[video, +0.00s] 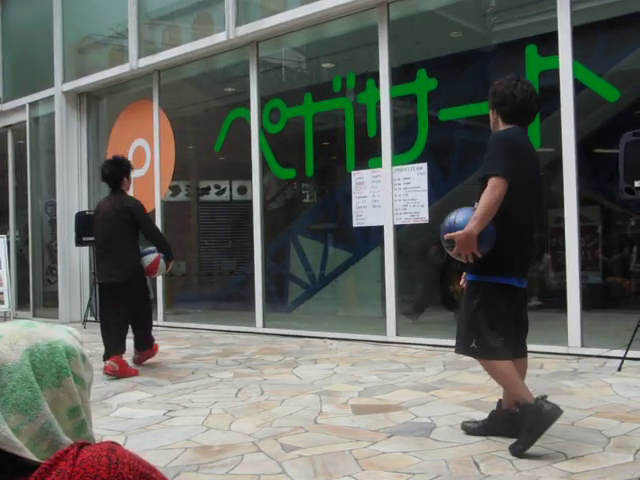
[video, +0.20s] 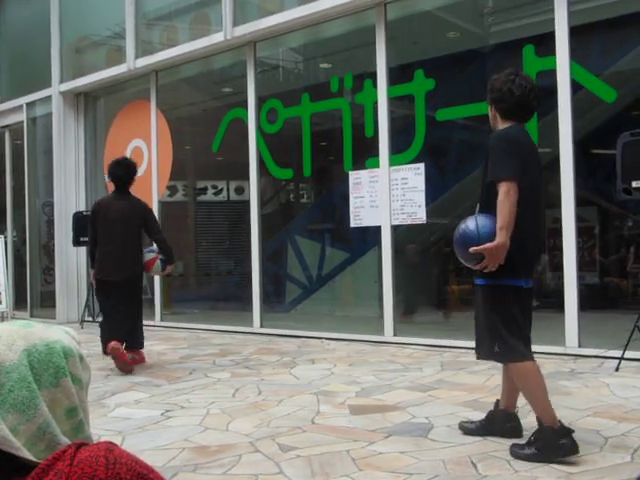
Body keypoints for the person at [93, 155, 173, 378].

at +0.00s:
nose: (131, 180)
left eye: (129, 176)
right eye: (129, 176)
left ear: (108, 181)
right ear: (124, 180)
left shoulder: (101, 207)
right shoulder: (131, 205)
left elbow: (105, 240)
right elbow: (151, 232)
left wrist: (135, 255)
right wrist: (168, 253)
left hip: (106, 271)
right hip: (129, 270)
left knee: (111, 313)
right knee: (141, 306)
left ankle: (113, 358)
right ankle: (144, 348)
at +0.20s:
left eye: (109, 177)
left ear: (110, 180)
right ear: (132, 180)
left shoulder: (100, 206)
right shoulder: (140, 207)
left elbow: (92, 240)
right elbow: (157, 236)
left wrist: (93, 267)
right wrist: (169, 259)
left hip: (105, 269)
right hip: (132, 270)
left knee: (109, 309)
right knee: (132, 309)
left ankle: (113, 343)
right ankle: (135, 350)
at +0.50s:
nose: (104, 176)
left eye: (106, 173)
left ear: (108, 176)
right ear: (129, 177)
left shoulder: (99, 203)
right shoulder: (137, 203)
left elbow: (95, 236)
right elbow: (147, 234)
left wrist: (102, 252)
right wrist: (148, 254)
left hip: (106, 266)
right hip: (131, 265)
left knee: (96, 306)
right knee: (130, 307)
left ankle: (94, 347)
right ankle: (132, 349)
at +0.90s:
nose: (112, 179)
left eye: (111, 175)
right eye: (109, 176)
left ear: (93, 182)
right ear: (103, 180)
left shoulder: (87, 205)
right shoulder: (110, 202)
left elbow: (88, 238)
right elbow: (120, 230)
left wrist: (116, 250)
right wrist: (134, 249)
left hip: (88, 265)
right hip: (107, 264)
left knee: (92, 305)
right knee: (121, 304)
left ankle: (92, 343)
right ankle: (126, 344)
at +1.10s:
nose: (103, 180)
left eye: (102, 176)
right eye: (100, 176)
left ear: (88, 181)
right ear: (91, 180)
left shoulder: (84, 203)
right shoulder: (92, 201)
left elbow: (93, 235)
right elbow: (102, 230)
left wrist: (112, 253)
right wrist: (118, 250)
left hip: (83, 263)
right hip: (90, 263)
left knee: (91, 301)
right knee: (100, 301)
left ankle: (93, 343)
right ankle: (94, 345)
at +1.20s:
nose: (103, 181)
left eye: (102, 178)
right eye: (99, 178)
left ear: (88, 181)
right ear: (88, 180)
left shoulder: (83, 200)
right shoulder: (88, 200)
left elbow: (91, 232)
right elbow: (94, 229)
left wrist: (106, 253)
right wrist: (107, 250)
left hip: (81, 261)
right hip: (85, 261)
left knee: (87, 305)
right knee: (92, 304)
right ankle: (92, 344)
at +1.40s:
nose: (97, 190)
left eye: (99, 186)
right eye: (95, 185)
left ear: (89, 184)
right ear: (83, 182)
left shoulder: (84, 207)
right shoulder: (71, 204)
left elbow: (87, 238)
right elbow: (76, 234)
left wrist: (96, 268)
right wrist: (92, 252)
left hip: (80, 263)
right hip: (72, 263)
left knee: (65, 306)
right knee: (89, 304)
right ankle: (93, 344)